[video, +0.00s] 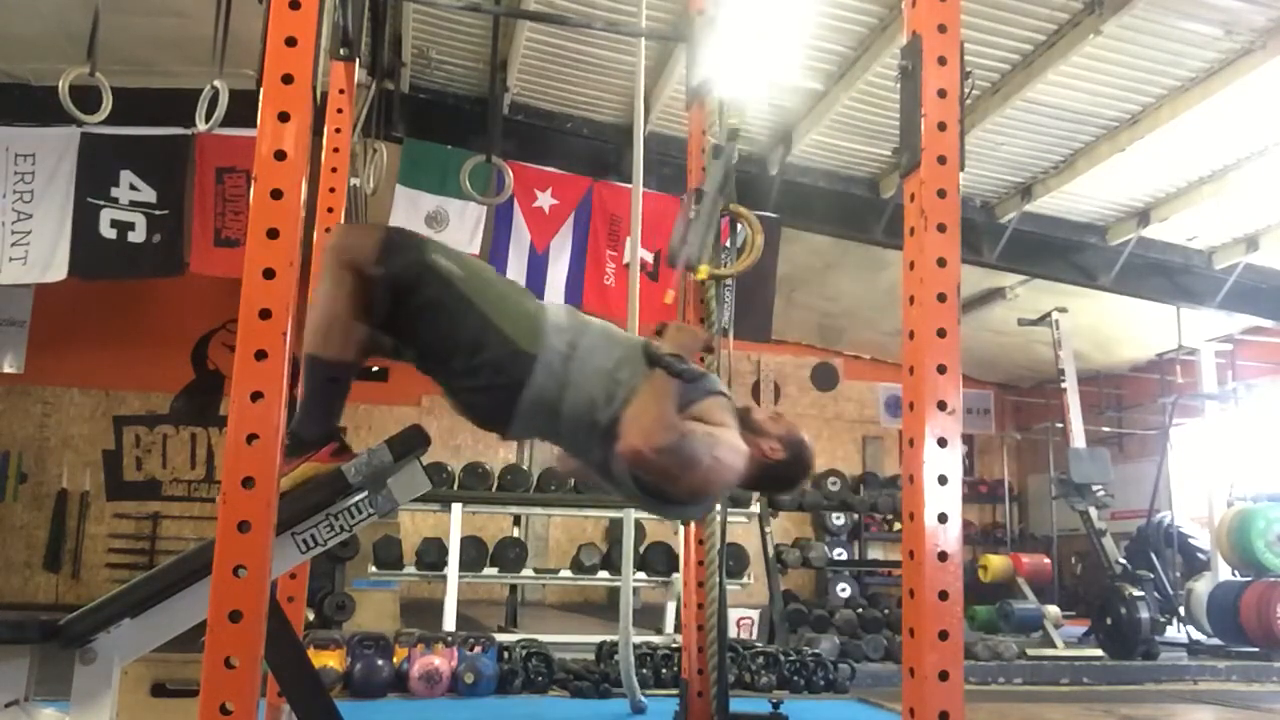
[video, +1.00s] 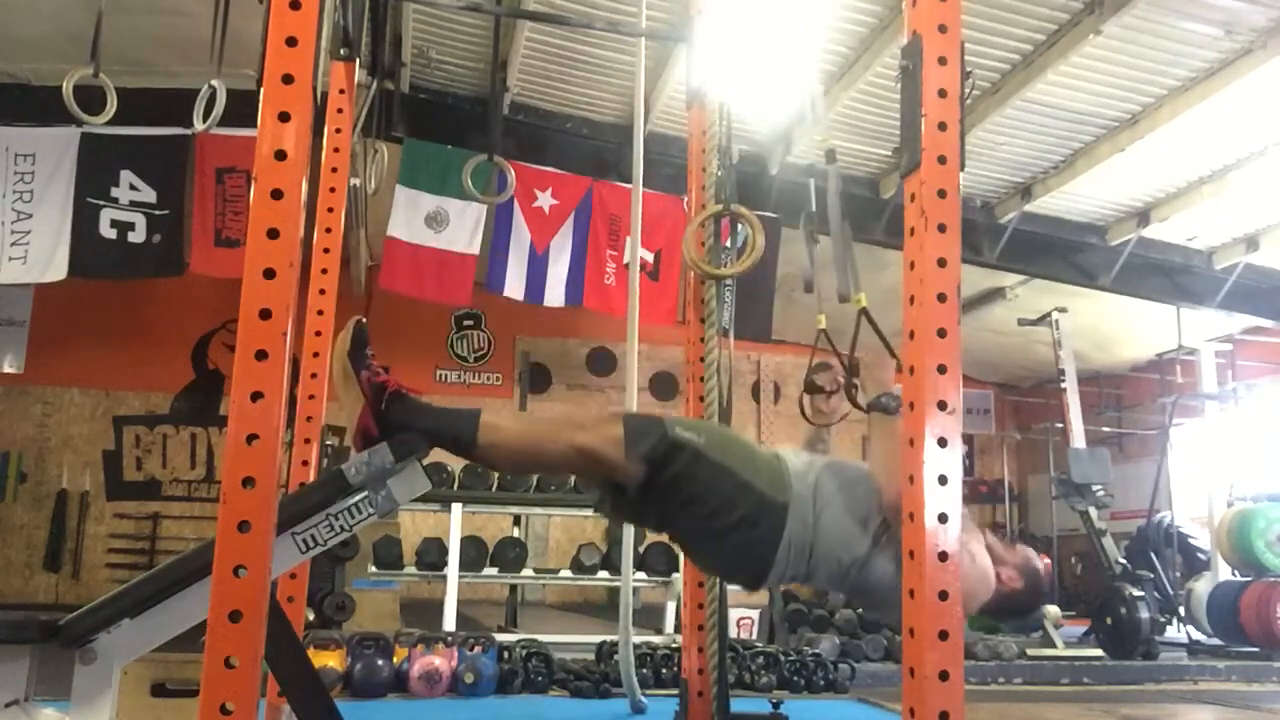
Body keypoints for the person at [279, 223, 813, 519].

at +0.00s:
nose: (768, 408)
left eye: (776, 423)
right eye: (778, 412)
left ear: (768, 452)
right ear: (766, 442)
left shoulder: (725, 457)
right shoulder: (712, 433)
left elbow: (642, 445)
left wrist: (672, 361)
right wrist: (671, 351)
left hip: (523, 362)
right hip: (522, 369)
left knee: (352, 244)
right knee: (370, 296)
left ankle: (314, 420)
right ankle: (300, 413)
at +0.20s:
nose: (843, 443)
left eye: (852, 458)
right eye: (852, 445)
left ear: (840, 484)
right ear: (835, 447)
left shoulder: (791, 484)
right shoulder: (779, 437)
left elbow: (719, 463)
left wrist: (734, 386)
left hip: (601, 388)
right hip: (603, 359)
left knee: (440, 263)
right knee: (436, 283)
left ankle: (321, 428)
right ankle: (324, 420)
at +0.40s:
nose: (901, 435)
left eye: (915, 447)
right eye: (909, 441)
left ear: (913, 492)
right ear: (911, 453)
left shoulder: (869, 511)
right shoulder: (855, 452)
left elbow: (800, 475)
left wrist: (806, 389)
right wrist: (802, 378)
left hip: (672, 427)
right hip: (677, 388)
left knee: (517, 296)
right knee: (511, 296)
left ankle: (355, 414)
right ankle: (362, 403)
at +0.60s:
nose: (961, 496)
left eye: (969, 510)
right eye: (970, 495)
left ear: (949, 540)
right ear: (952, 491)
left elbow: (859, 489)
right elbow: (856, 441)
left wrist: (873, 408)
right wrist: (864, 394)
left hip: (732, 437)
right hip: (720, 435)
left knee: (574, 333)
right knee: (554, 370)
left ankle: (383, 408)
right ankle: (390, 414)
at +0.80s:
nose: (997, 502)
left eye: (1009, 517)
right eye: (1006, 499)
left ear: (999, 554)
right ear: (989, 498)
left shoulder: (952, 556)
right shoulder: (943, 497)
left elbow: (900, 496)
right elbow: (876, 448)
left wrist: (934, 433)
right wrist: (905, 411)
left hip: (772, 485)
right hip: (767, 446)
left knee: (598, 396)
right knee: (596, 383)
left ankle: (404, 415)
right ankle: (414, 416)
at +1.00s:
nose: (1012, 550)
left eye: (1021, 567)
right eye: (1021, 549)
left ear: (1009, 594)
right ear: (1004, 538)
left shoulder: (968, 577)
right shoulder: (948, 549)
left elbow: (900, 505)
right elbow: (861, 490)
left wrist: (903, 422)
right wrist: (844, 422)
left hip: (778, 517)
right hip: (771, 496)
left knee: (613, 434)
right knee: (602, 431)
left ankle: (408, 418)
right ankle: (416, 424)